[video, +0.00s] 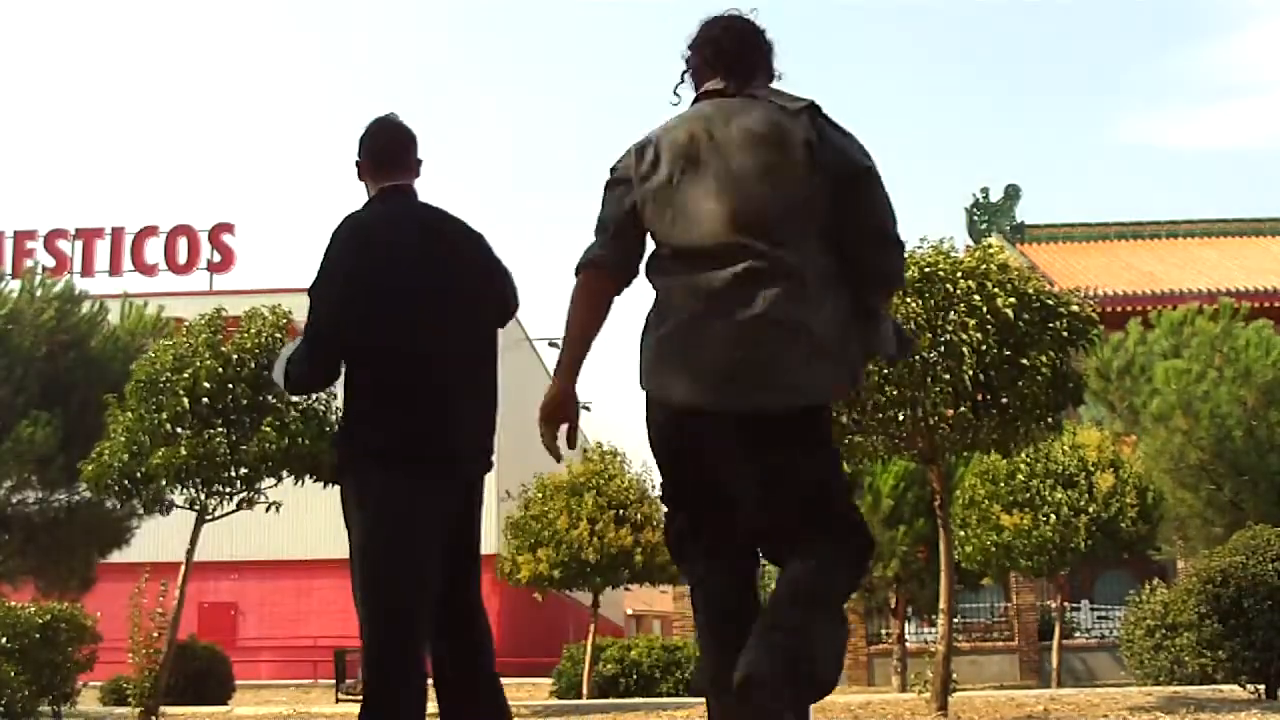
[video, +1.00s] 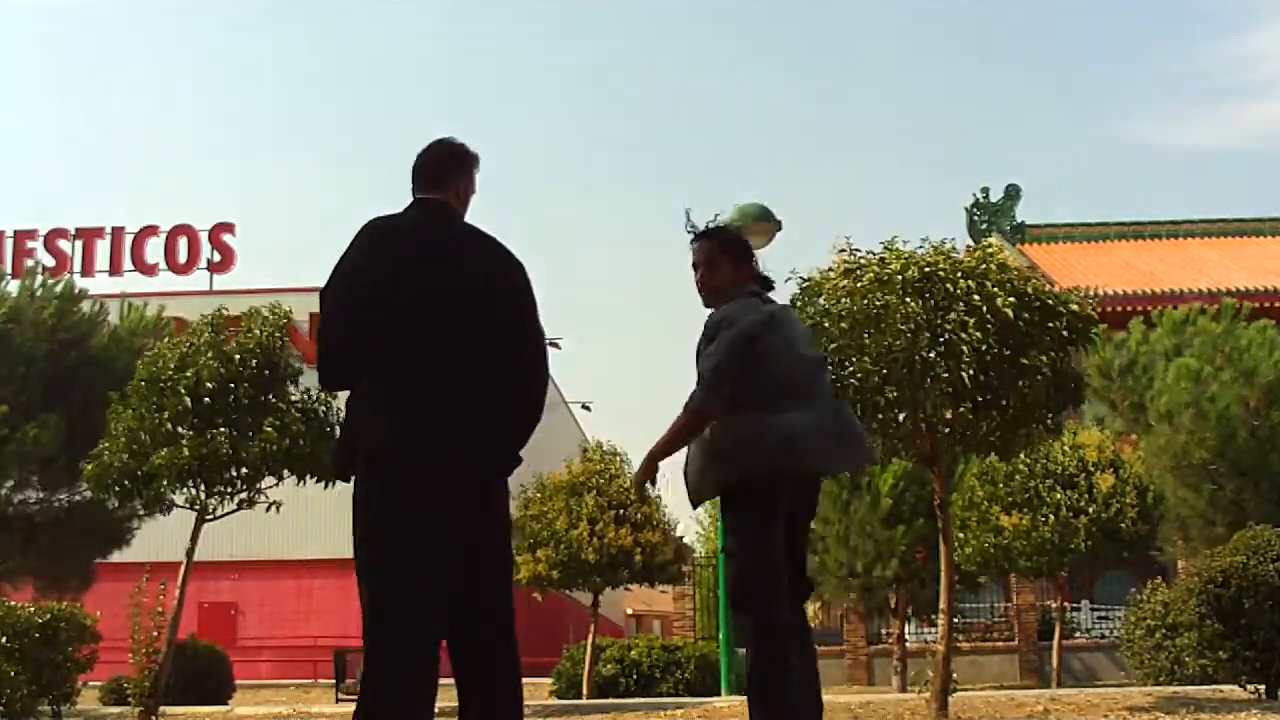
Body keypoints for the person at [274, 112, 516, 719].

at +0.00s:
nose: (365, 172)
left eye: (362, 165)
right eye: (401, 162)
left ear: (361, 168)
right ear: (418, 166)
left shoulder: (354, 239)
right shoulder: (466, 239)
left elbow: (319, 361)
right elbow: (504, 302)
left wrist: (287, 362)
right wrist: (441, 324)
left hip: (381, 454)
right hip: (460, 452)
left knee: (390, 622)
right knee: (459, 615)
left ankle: (393, 719)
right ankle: (480, 717)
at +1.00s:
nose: (470, 196)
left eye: (468, 187)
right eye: (472, 187)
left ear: (413, 183)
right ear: (465, 187)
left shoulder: (368, 246)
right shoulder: (499, 261)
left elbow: (334, 366)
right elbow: (530, 377)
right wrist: (501, 451)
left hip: (389, 471)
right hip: (474, 473)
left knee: (395, 638)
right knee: (486, 639)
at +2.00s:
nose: (341, 205)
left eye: (334, 198)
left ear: (333, 197)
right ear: (387, 190)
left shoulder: (327, 250)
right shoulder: (441, 254)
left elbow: (298, 375)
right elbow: (472, 353)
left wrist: (267, 388)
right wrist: (433, 402)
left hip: (368, 462)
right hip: (451, 459)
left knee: (374, 632)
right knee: (468, 633)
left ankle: (385, 718)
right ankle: (483, 717)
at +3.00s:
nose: (371, 218)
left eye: (363, 210)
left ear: (361, 210)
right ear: (413, 211)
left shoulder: (342, 269)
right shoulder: (456, 274)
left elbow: (317, 387)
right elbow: (491, 385)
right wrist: (473, 464)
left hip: (371, 475)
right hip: (450, 475)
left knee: (379, 647)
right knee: (467, 640)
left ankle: (386, 714)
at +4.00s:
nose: (362, 228)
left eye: (363, 220)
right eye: (362, 219)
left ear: (304, 213)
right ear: (349, 214)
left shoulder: (263, 279)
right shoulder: (380, 261)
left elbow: (249, 383)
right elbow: (453, 365)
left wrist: (301, 422)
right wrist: (460, 430)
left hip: (319, 486)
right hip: (405, 479)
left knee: (299, 643)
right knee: (459, 639)